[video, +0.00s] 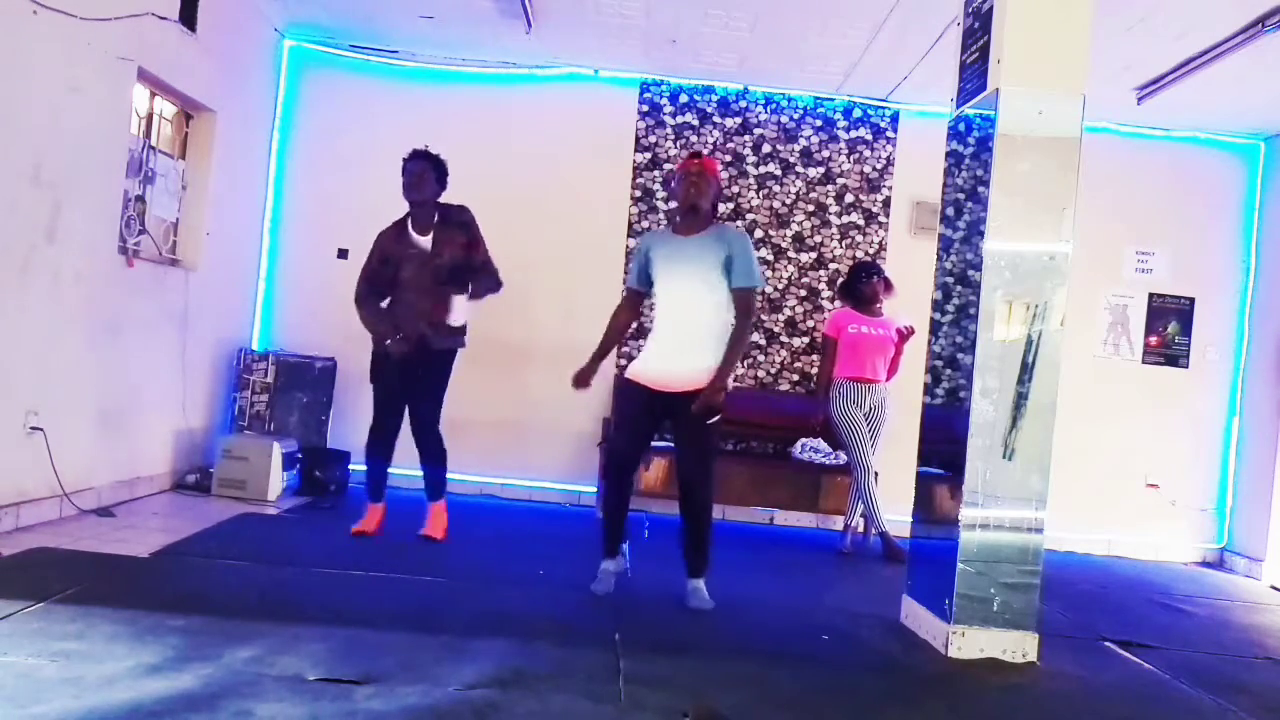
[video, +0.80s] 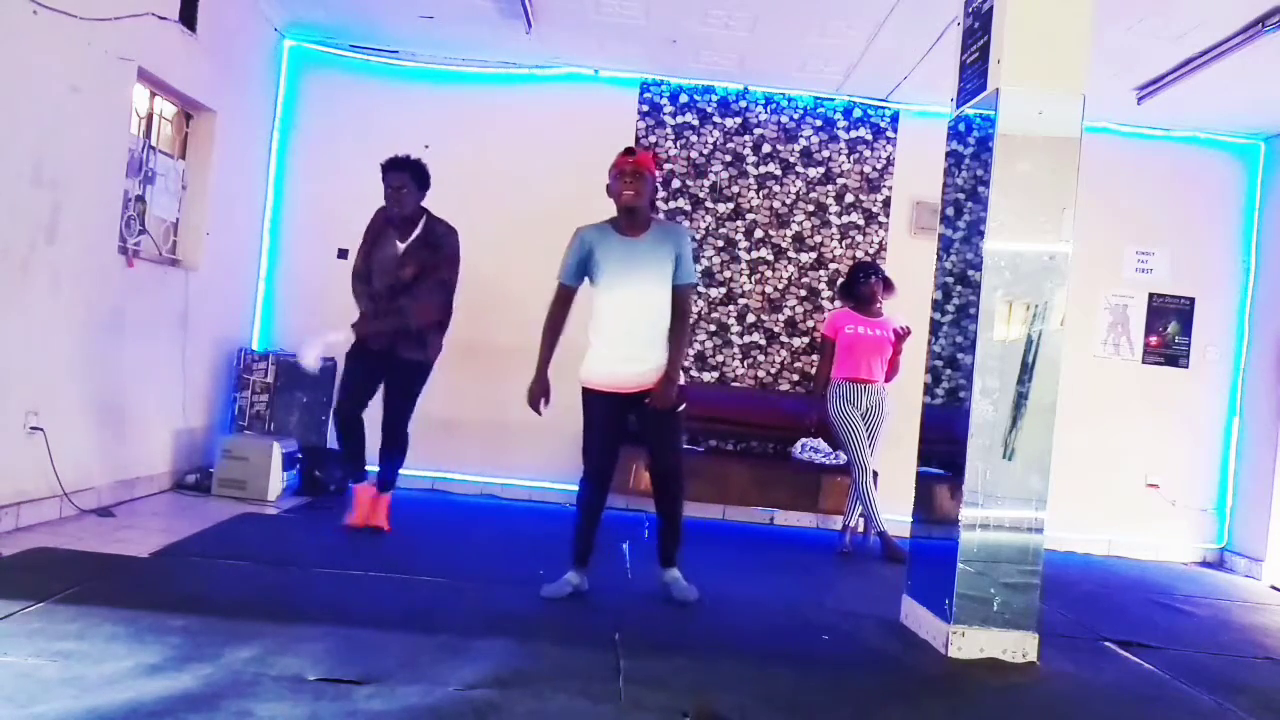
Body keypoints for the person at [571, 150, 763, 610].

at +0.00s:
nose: (691, 186)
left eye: (700, 180)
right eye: (685, 179)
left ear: (716, 191)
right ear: (674, 188)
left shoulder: (733, 241)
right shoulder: (652, 243)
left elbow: (746, 315)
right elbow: (629, 307)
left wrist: (721, 379)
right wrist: (594, 361)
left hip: (700, 386)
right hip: (642, 381)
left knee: (696, 486)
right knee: (617, 469)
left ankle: (696, 579)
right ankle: (612, 559)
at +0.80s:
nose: (627, 184)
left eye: (636, 177)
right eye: (621, 176)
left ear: (653, 187)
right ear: (610, 185)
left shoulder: (676, 238)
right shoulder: (589, 239)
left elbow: (682, 310)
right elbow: (560, 305)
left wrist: (672, 375)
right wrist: (542, 370)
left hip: (657, 385)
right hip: (602, 385)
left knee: (669, 481)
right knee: (594, 481)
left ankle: (670, 569)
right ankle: (578, 571)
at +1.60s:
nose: (688, 195)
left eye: (698, 190)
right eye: (684, 187)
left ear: (715, 203)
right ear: (673, 191)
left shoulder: (723, 255)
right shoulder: (640, 237)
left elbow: (726, 325)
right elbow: (619, 304)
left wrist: (725, 389)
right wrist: (596, 365)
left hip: (685, 388)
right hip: (632, 382)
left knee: (673, 484)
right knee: (610, 477)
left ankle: (668, 574)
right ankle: (580, 570)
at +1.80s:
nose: (707, 196)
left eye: (718, 193)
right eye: (705, 187)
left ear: (734, 209)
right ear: (695, 191)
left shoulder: (734, 261)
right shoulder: (656, 233)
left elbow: (736, 331)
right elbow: (628, 293)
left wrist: (731, 396)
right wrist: (598, 352)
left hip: (688, 387)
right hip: (635, 377)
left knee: (674, 483)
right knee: (618, 474)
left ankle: (668, 574)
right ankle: (601, 567)